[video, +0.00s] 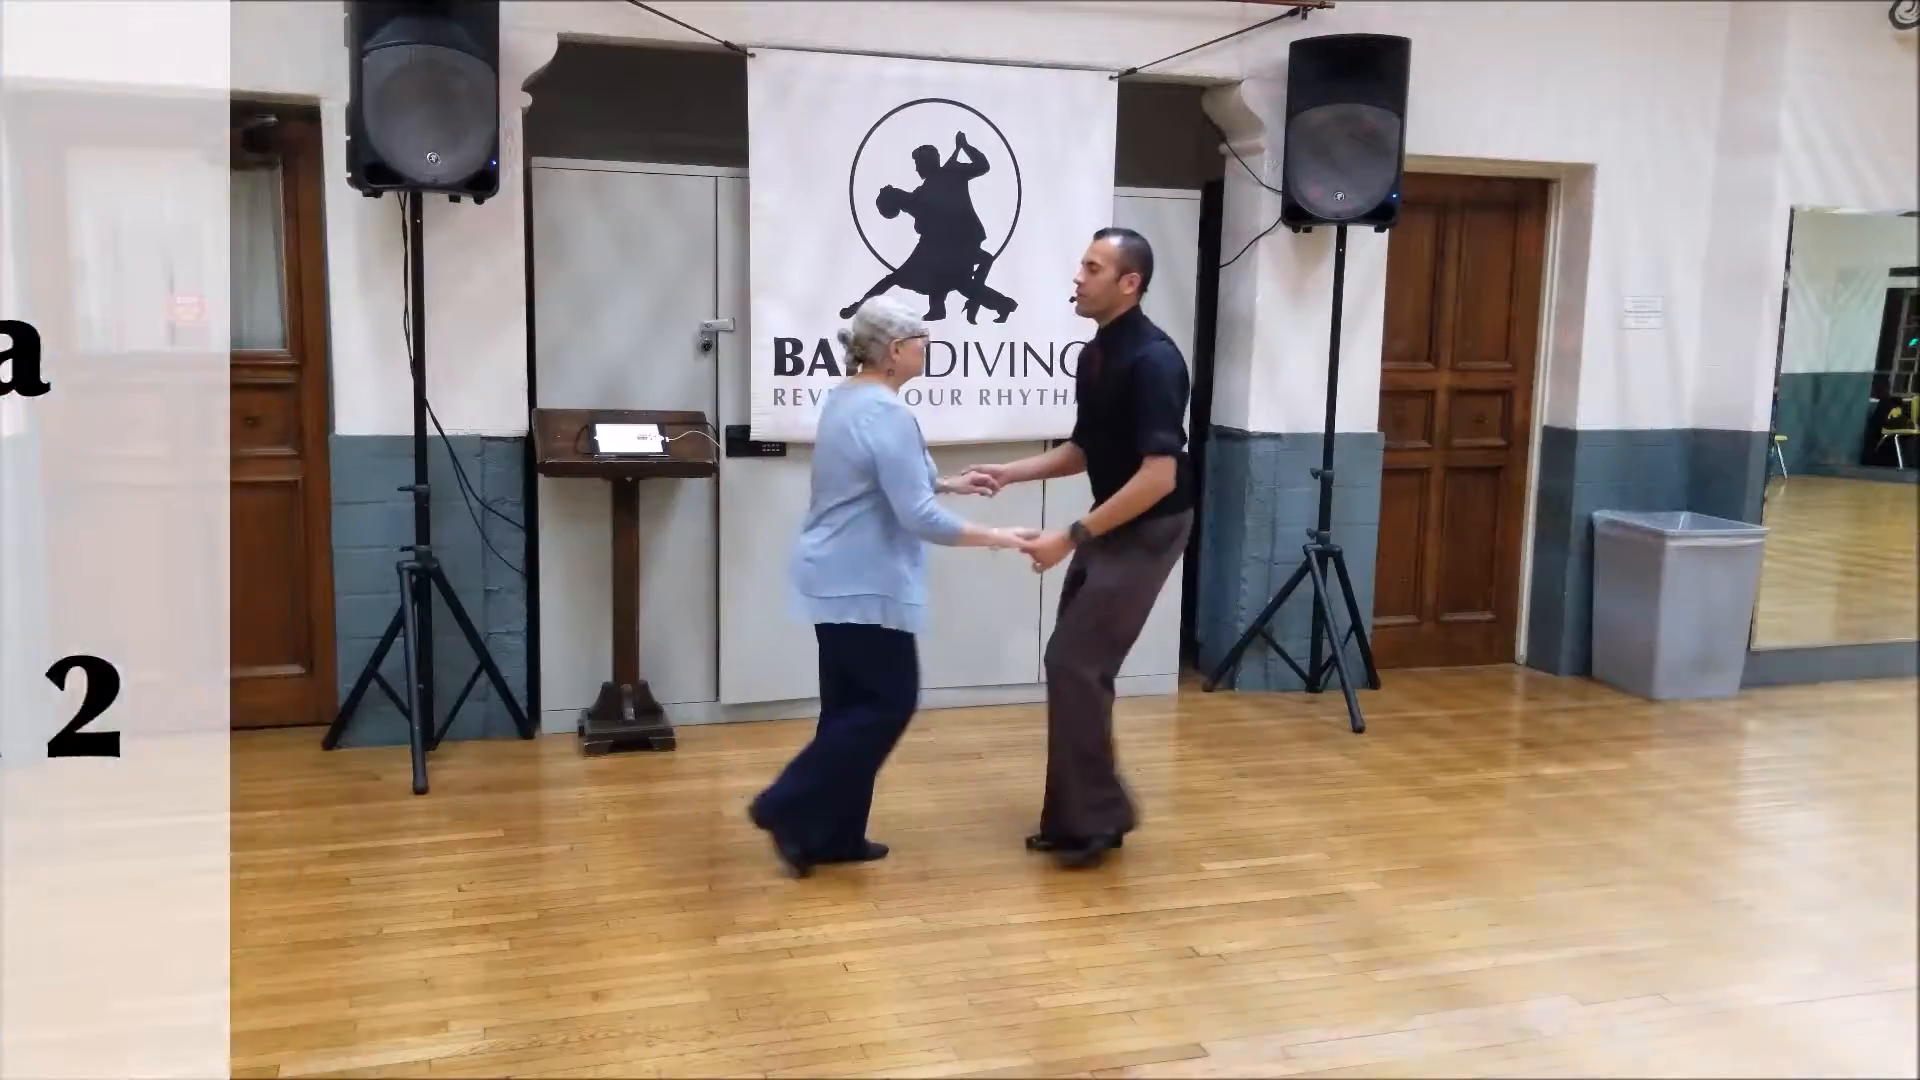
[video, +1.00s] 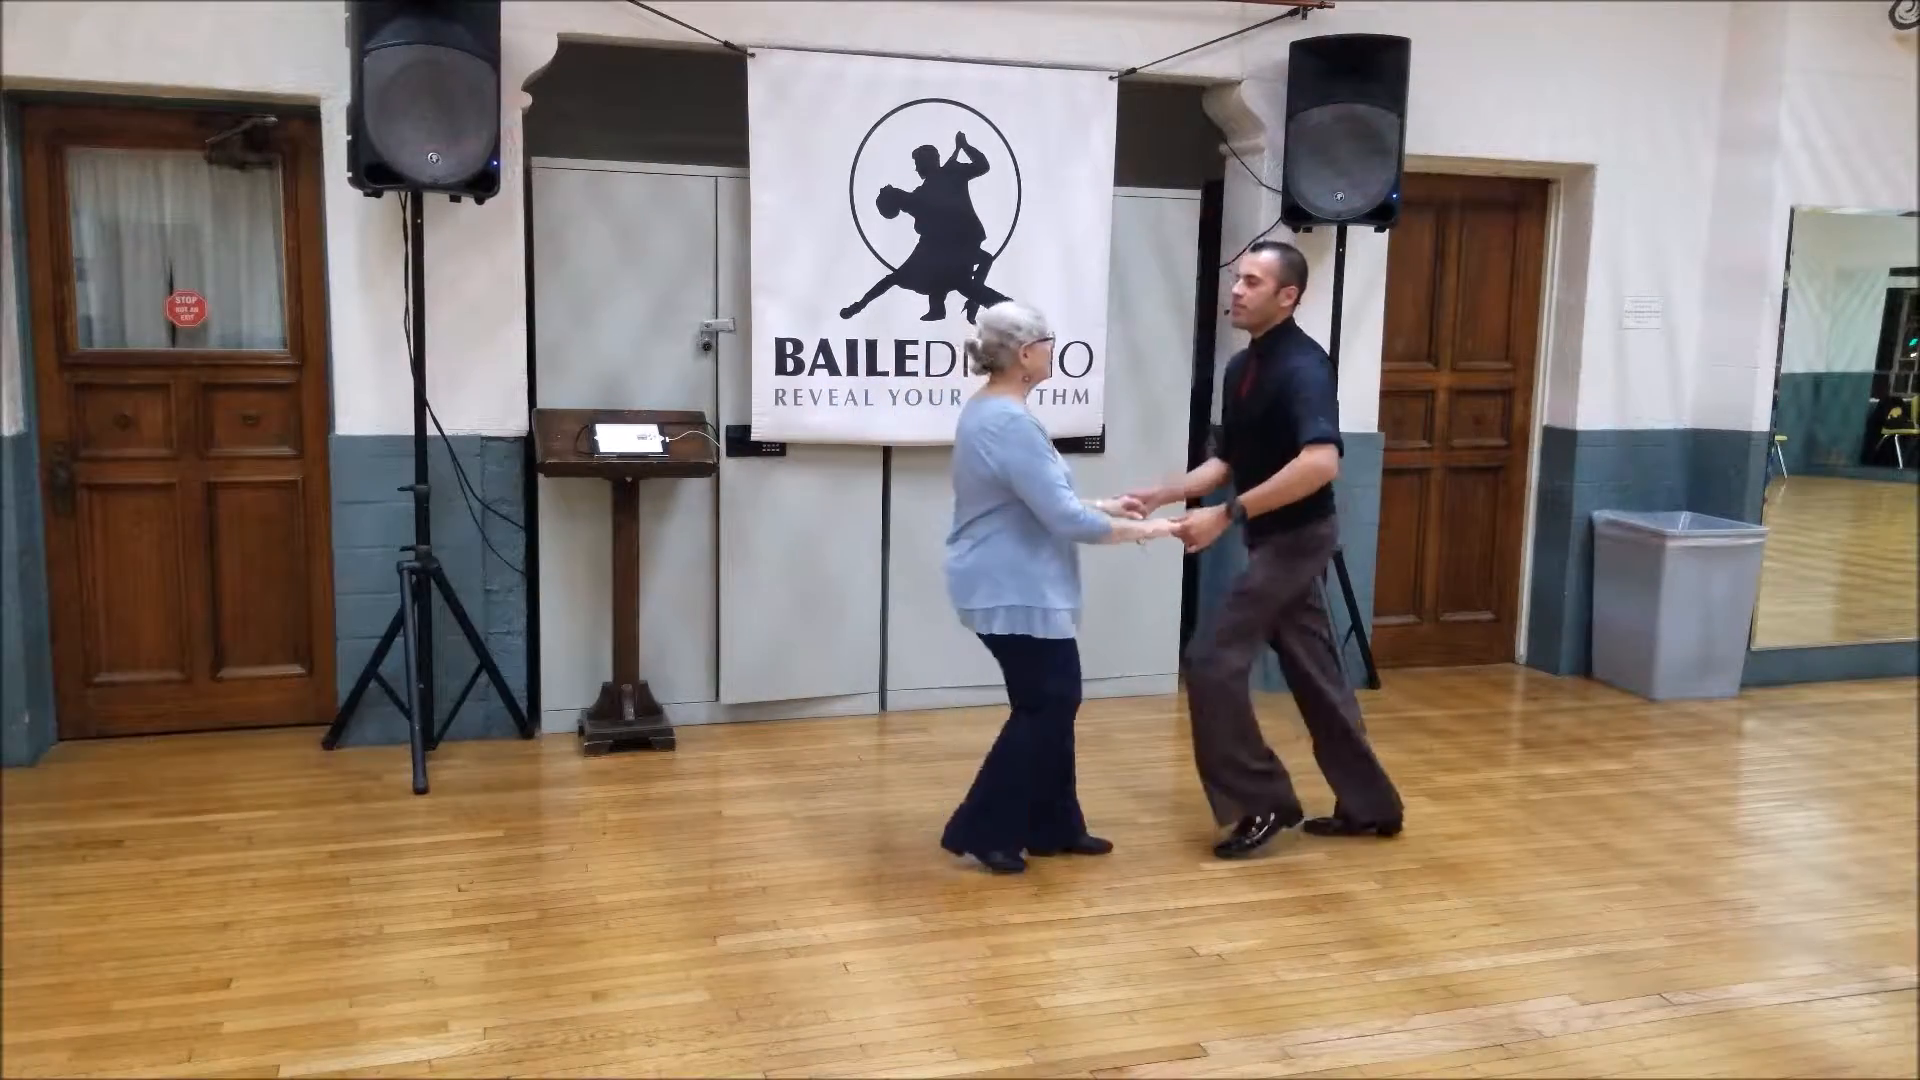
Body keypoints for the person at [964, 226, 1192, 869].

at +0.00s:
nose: (1079, 278)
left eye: (1093, 270)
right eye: (1082, 267)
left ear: (1130, 283)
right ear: (1114, 281)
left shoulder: (1154, 359)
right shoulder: (1096, 350)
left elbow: (1160, 475)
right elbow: (1087, 450)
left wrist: (1075, 533)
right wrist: (1010, 474)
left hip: (1151, 526)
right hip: (1110, 521)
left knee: (1077, 661)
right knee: (1069, 661)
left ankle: (1099, 815)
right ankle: (1071, 816)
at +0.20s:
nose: (1116, 277)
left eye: (1129, 267)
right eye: (1119, 266)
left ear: (1166, 278)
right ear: (1152, 278)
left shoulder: (1184, 343)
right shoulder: (1144, 350)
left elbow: (1212, 429)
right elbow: (1129, 455)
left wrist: (1124, 497)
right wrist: (1054, 480)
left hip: (1181, 531)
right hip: (1146, 528)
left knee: (1159, 675)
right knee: (1113, 671)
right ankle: (1096, 817)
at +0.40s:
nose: (1160, 279)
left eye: (1175, 271)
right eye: (1163, 268)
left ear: (1212, 283)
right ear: (1189, 282)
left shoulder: (1230, 344)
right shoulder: (1183, 356)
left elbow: (1257, 419)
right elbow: (1167, 462)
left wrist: (1172, 471)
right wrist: (1098, 500)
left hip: (1253, 534)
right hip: (1206, 532)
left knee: (1260, 674)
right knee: (1166, 668)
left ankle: (1291, 819)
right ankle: (1121, 804)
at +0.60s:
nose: (1205, 279)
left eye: (1220, 272)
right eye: (1206, 269)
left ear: (1257, 285)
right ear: (1215, 282)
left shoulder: (1284, 360)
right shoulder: (1213, 357)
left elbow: (1279, 474)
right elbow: (1204, 455)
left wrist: (1183, 500)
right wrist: (1149, 488)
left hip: (1296, 534)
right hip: (1237, 532)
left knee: (1299, 678)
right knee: (1207, 665)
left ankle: (1297, 823)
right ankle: (1276, 786)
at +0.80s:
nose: (1232, 281)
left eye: (1247, 274)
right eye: (1233, 270)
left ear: (1285, 288)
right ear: (1235, 277)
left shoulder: (1305, 362)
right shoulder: (1235, 355)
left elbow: (1292, 480)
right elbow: (1232, 446)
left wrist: (1199, 524)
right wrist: (1161, 464)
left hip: (1306, 530)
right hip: (1266, 529)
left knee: (1277, 670)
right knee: (1307, 666)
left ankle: (1300, 820)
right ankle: (1364, 800)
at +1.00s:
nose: (1235, 290)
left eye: (1251, 283)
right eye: (1236, 279)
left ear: (1288, 296)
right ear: (1238, 285)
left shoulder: (1303, 364)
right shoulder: (1243, 366)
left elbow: (1322, 462)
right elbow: (1232, 459)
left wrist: (1229, 512)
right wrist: (1166, 492)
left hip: (1301, 536)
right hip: (1272, 535)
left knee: (1212, 660)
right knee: (1315, 671)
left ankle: (1265, 803)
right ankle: (1370, 805)